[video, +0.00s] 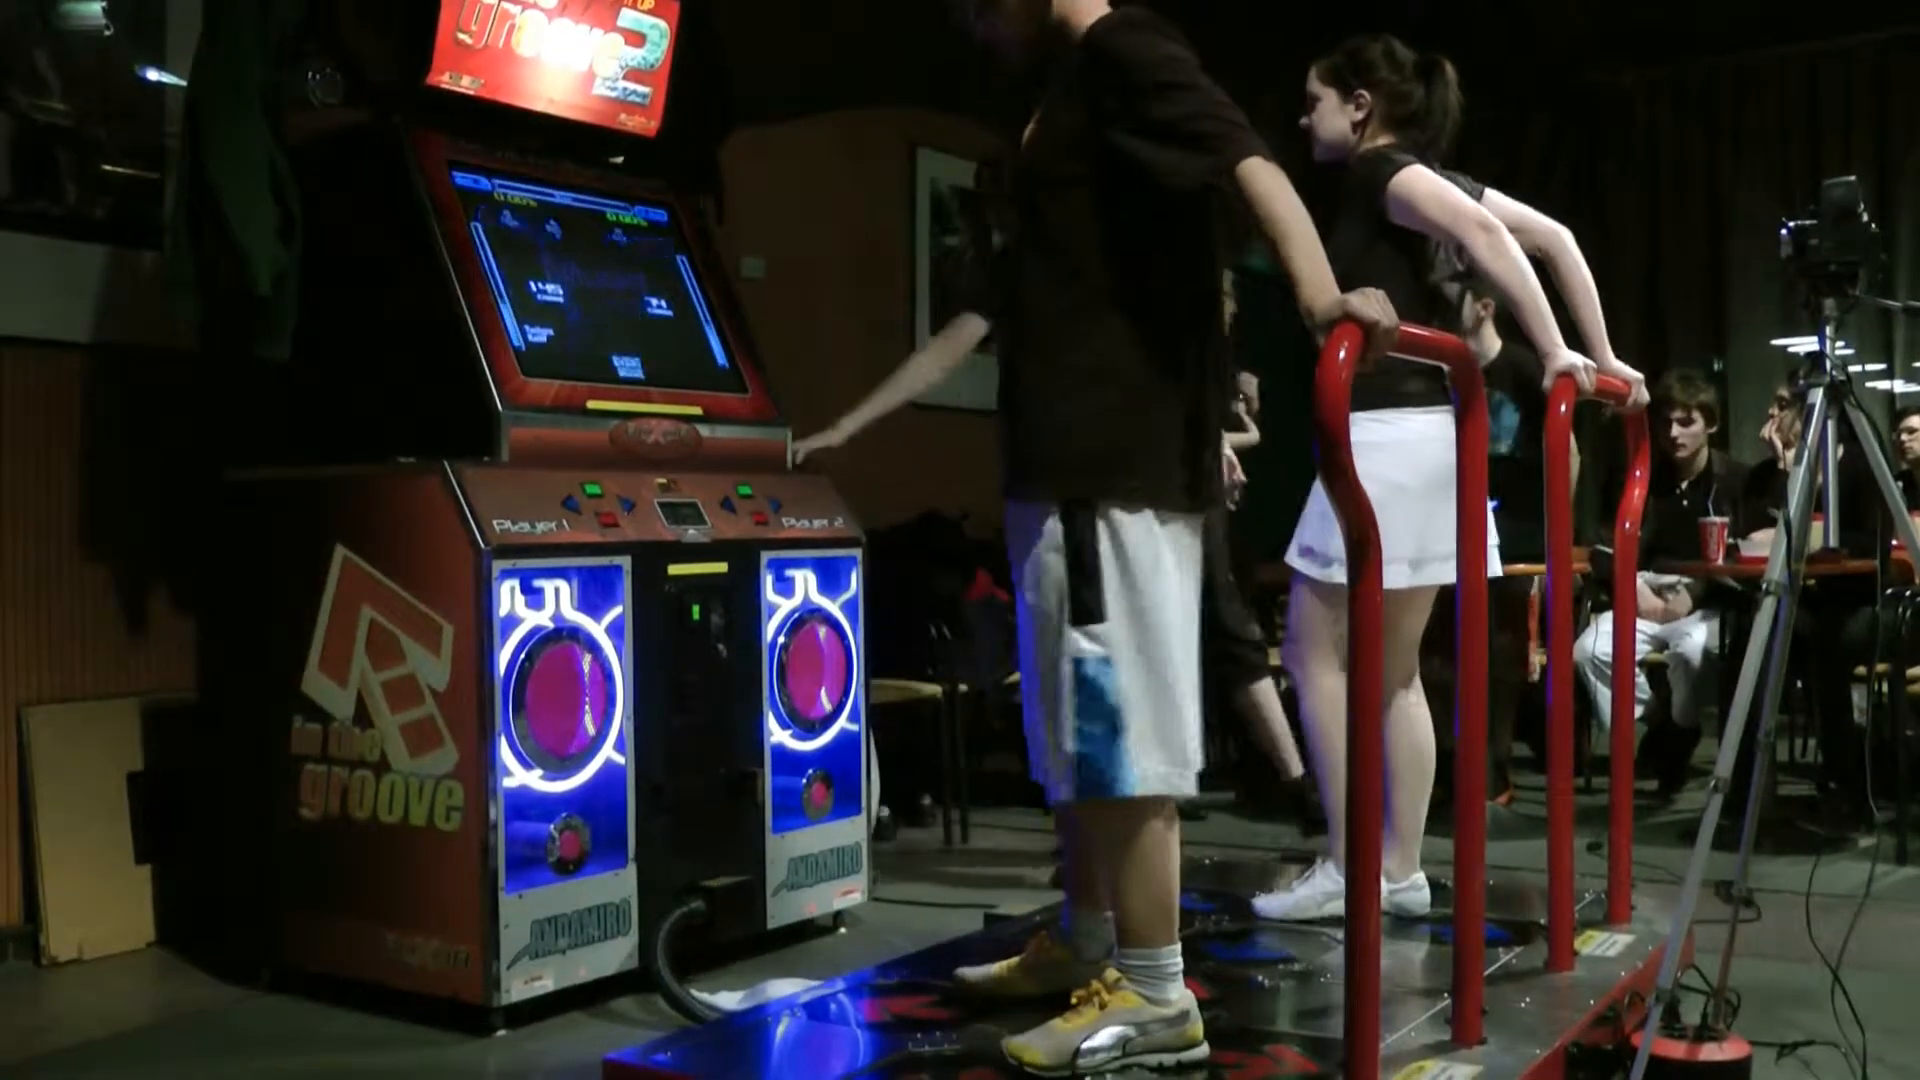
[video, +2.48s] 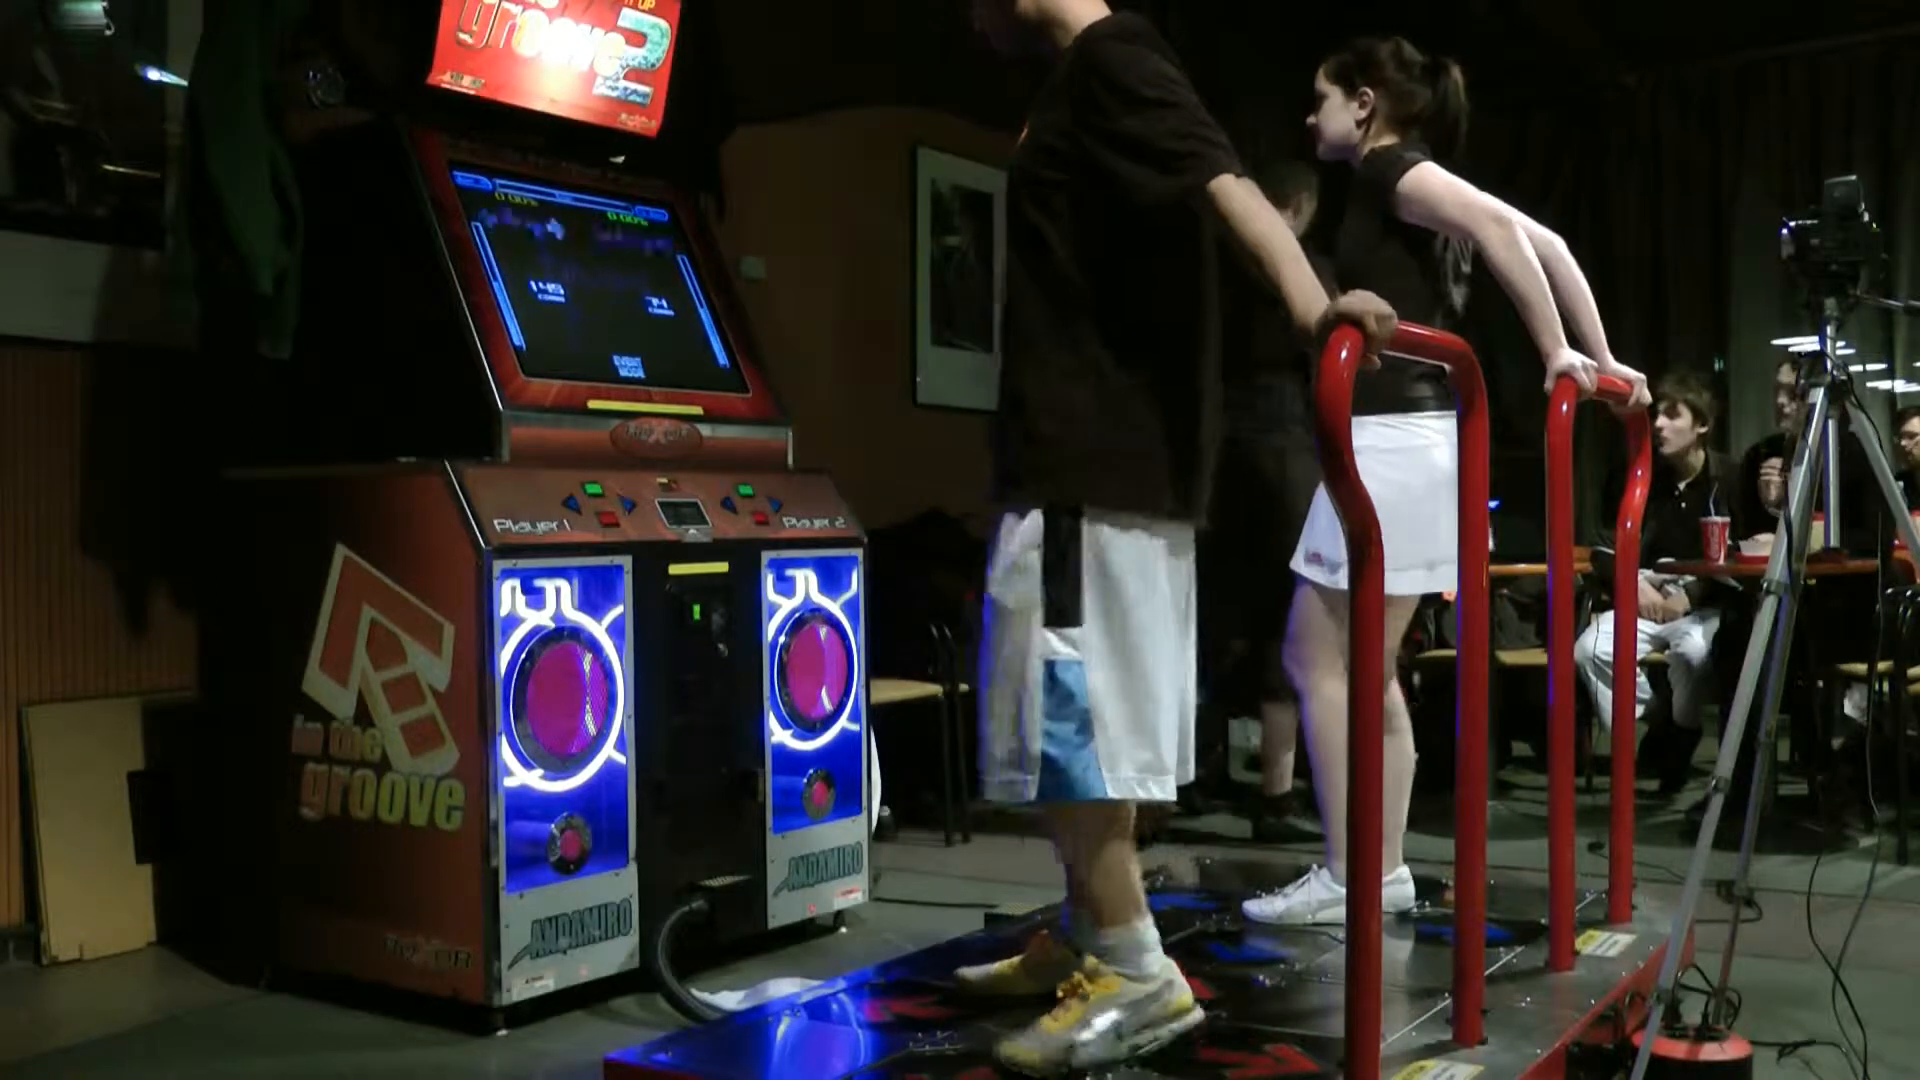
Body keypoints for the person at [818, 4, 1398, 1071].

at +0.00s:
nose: (993, 22)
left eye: (1000, 8)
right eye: (991, 15)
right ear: (1035, 20)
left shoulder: (1127, 52)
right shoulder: (1043, 120)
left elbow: (1255, 166)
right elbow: (975, 317)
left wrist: (1325, 302)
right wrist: (848, 424)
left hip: (1129, 466)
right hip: (1062, 467)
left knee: (1134, 734)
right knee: (1078, 724)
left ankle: (1156, 996)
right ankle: (1088, 943)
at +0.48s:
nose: (960, 36)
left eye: (960, 16)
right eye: (952, 24)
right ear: (1016, 12)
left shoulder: (1115, 61)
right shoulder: (1045, 104)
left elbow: (1242, 181)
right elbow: (1008, 324)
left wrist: (1326, 302)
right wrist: (917, 462)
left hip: (1112, 468)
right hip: (1053, 468)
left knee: (1118, 732)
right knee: (1071, 726)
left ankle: (1157, 997)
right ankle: (1084, 945)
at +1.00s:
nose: (941, 41)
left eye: (939, 21)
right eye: (934, 28)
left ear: (978, 1)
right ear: (991, 12)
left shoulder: (1093, 71)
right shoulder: (1045, 91)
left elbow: (1201, 192)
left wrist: (1314, 306)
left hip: (1093, 472)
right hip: (1044, 470)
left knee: (1107, 735)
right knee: (1061, 725)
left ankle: (1157, 994)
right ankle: (1082, 940)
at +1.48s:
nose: (966, 21)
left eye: (970, 9)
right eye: (967, 14)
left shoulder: (1092, 72)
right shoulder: (1050, 93)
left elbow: (1200, 199)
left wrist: (1306, 315)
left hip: (1084, 474)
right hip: (1037, 471)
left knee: (1106, 742)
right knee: (1055, 731)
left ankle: (1154, 993)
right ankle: (1084, 942)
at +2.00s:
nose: (972, 19)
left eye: (976, 7)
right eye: (974, 12)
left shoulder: (1104, 67)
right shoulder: (1053, 92)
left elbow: (1211, 191)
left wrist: (1309, 311)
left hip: (1092, 472)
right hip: (1040, 472)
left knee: (1108, 731)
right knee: (1060, 725)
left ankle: (1155, 995)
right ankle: (1085, 945)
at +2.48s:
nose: (989, 18)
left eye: (994, 6)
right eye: (990, 11)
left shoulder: (1114, 62)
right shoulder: (1083, 84)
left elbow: (1229, 186)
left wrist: (1319, 311)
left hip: (1096, 468)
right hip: (1085, 465)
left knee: (1062, 715)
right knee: (1075, 709)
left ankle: (1139, 971)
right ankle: (1096, 929)